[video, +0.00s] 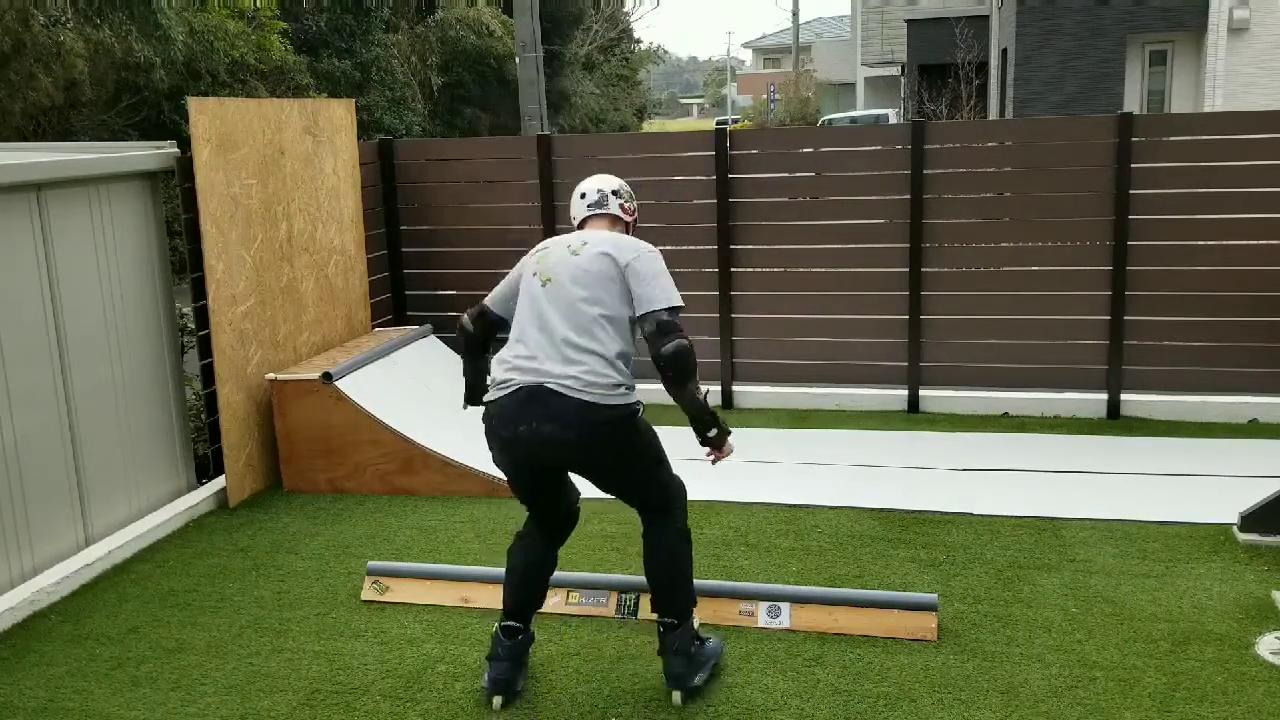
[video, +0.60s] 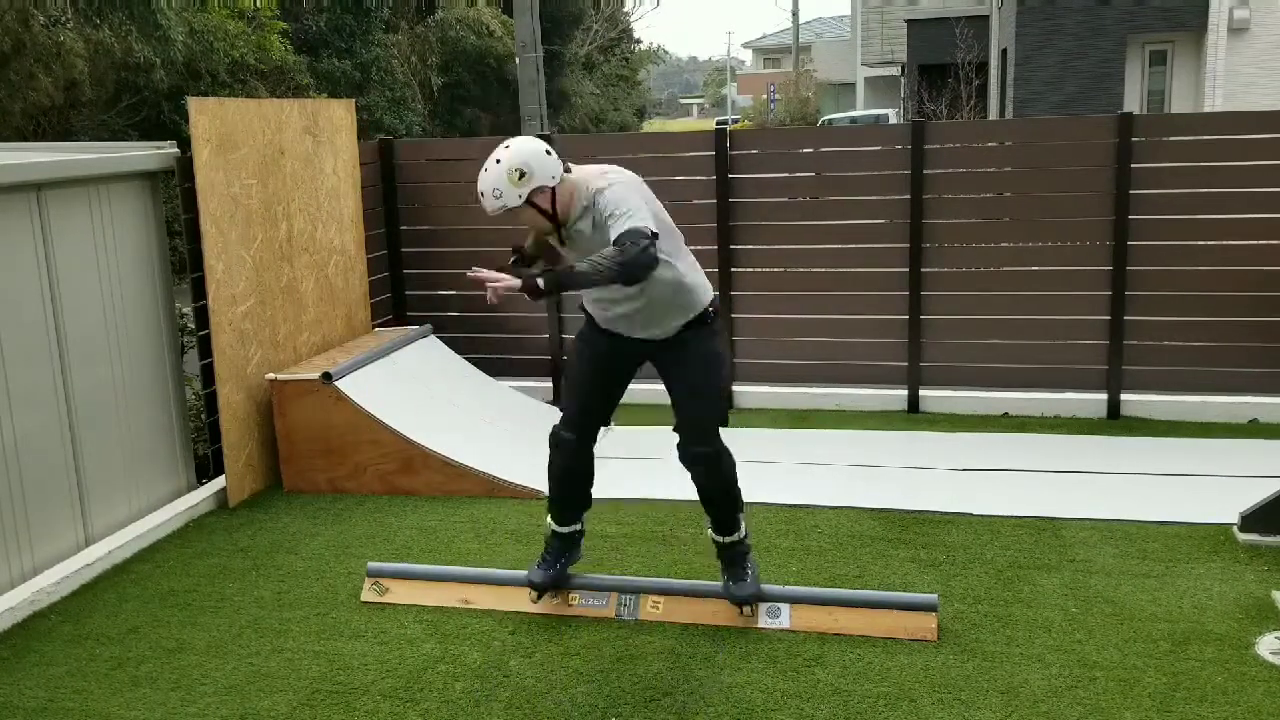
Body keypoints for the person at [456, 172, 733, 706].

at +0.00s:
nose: (634, 222)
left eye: (630, 215)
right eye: (632, 214)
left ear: (576, 218)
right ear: (627, 214)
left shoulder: (539, 254)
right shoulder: (635, 252)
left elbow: (478, 323)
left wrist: (475, 378)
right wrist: (702, 418)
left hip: (509, 411)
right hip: (593, 412)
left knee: (552, 513)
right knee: (664, 503)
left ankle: (506, 653)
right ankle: (681, 651)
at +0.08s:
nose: (630, 218)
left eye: (625, 210)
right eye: (628, 211)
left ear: (570, 219)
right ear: (621, 212)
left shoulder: (536, 254)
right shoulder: (637, 251)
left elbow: (467, 322)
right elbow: (677, 346)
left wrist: (447, 389)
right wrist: (707, 403)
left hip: (517, 413)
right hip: (602, 412)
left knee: (552, 516)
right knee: (668, 505)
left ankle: (507, 656)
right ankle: (680, 651)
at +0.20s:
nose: (533, 179)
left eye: (527, 171)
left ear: (532, 167)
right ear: (585, 154)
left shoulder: (524, 204)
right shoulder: (635, 196)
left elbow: (470, 247)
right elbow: (700, 252)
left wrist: (399, 309)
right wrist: (702, 245)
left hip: (554, 381)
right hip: (639, 376)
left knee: (550, 514)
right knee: (671, 506)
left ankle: (512, 651)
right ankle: (680, 649)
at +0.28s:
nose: (508, 148)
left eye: (506, 139)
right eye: (507, 141)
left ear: (515, 131)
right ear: (565, 114)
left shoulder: (533, 157)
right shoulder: (626, 146)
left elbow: (496, 195)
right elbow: (693, 170)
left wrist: (407, 238)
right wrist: (685, 160)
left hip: (579, 338)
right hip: (655, 332)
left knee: (552, 486)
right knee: (651, 470)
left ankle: (535, 633)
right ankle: (682, 614)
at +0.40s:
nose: (502, 130)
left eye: (500, 121)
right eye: (496, 124)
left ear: (518, 109)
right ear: (546, 92)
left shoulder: (559, 131)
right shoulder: (611, 107)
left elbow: (500, 139)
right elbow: (660, 91)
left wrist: (412, 141)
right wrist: (653, 83)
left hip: (637, 301)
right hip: (632, 295)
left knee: (570, 439)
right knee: (565, 409)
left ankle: (673, 549)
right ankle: (646, 534)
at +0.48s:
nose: (513, 144)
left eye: (511, 134)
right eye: (505, 138)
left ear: (530, 118)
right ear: (548, 110)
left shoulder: (590, 134)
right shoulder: (583, 120)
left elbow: (556, 152)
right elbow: (621, 116)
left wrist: (450, 153)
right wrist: (629, 113)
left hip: (663, 302)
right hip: (606, 306)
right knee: (562, 415)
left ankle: (724, 534)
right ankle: (598, 525)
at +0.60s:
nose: (521, 221)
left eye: (521, 211)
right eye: (515, 214)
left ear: (543, 193)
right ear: (543, 191)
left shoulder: (615, 191)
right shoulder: (551, 209)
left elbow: (637, 261)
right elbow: (543, 241)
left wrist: (542, 285)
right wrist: (523, 266)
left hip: (684, 322)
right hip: (610, 323)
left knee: (701, 446)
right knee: (570, 437)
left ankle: (734, 554)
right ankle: (562, 546)